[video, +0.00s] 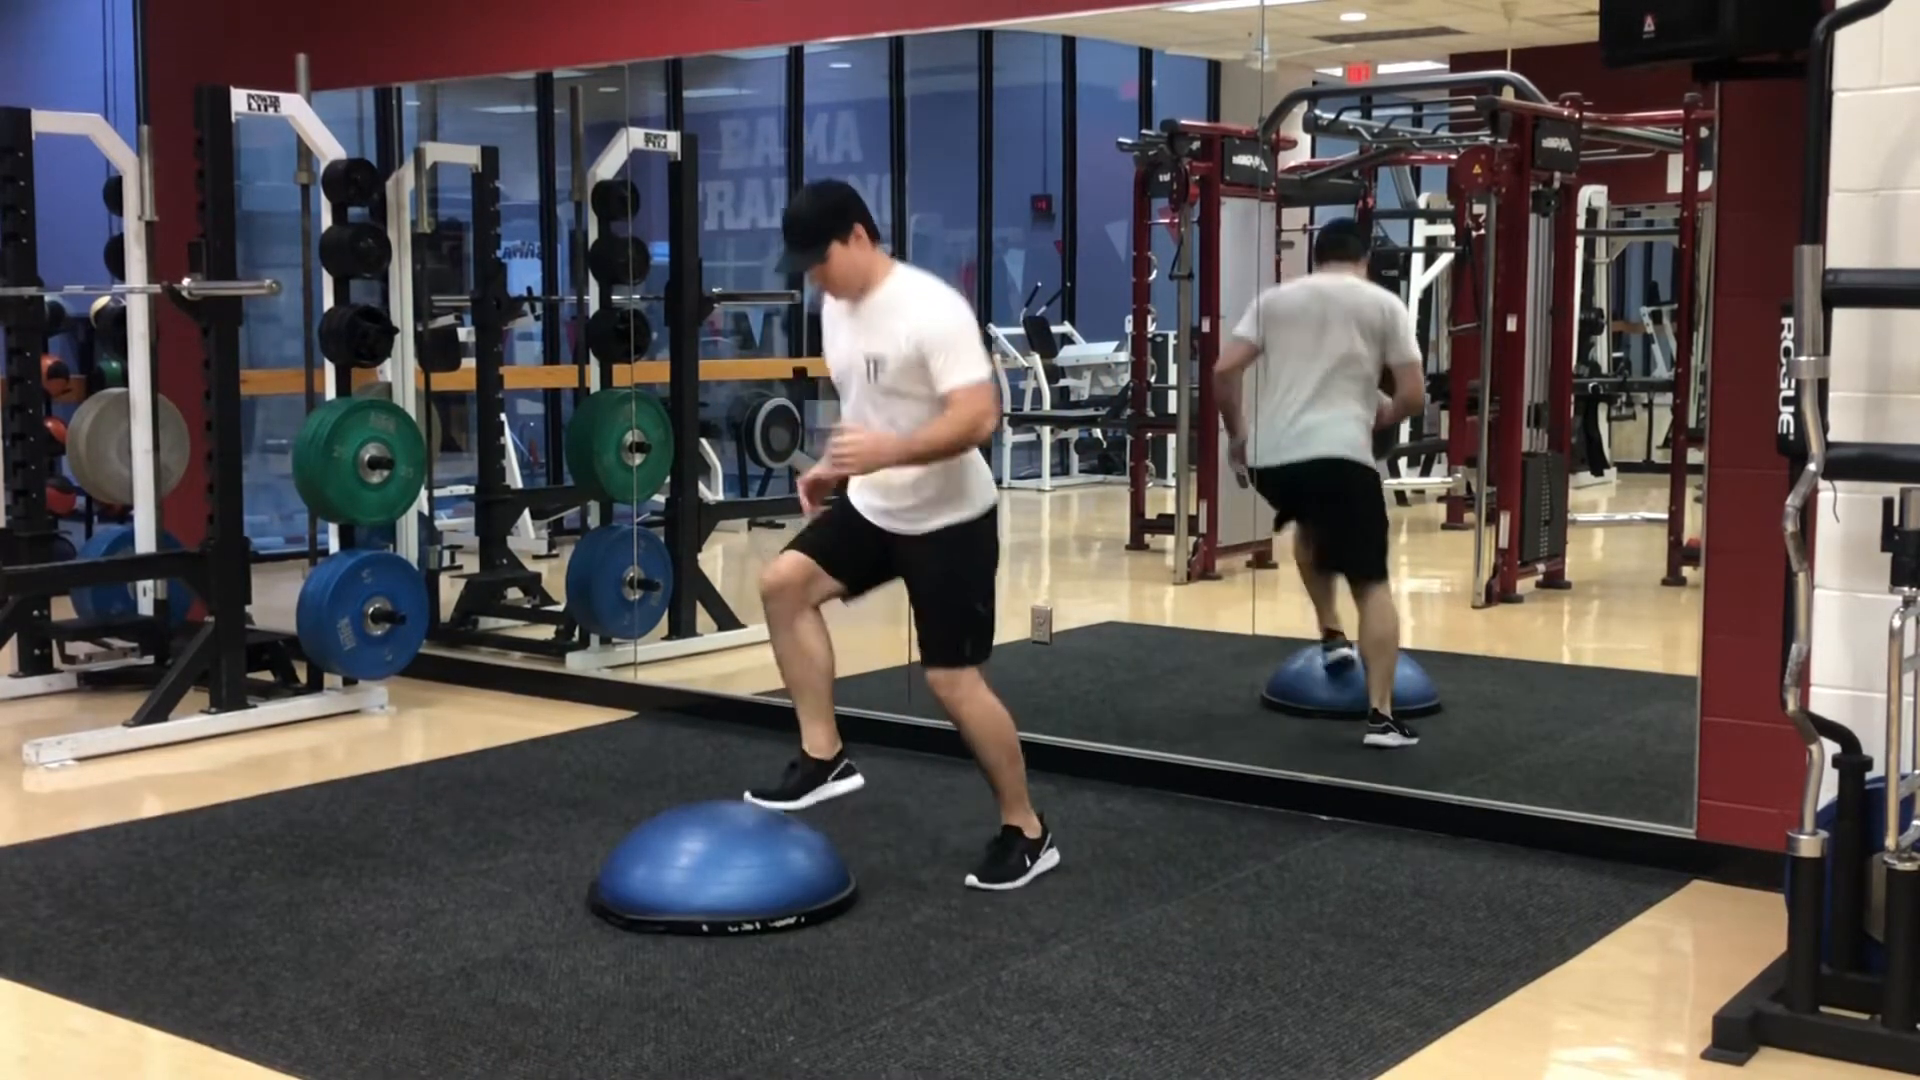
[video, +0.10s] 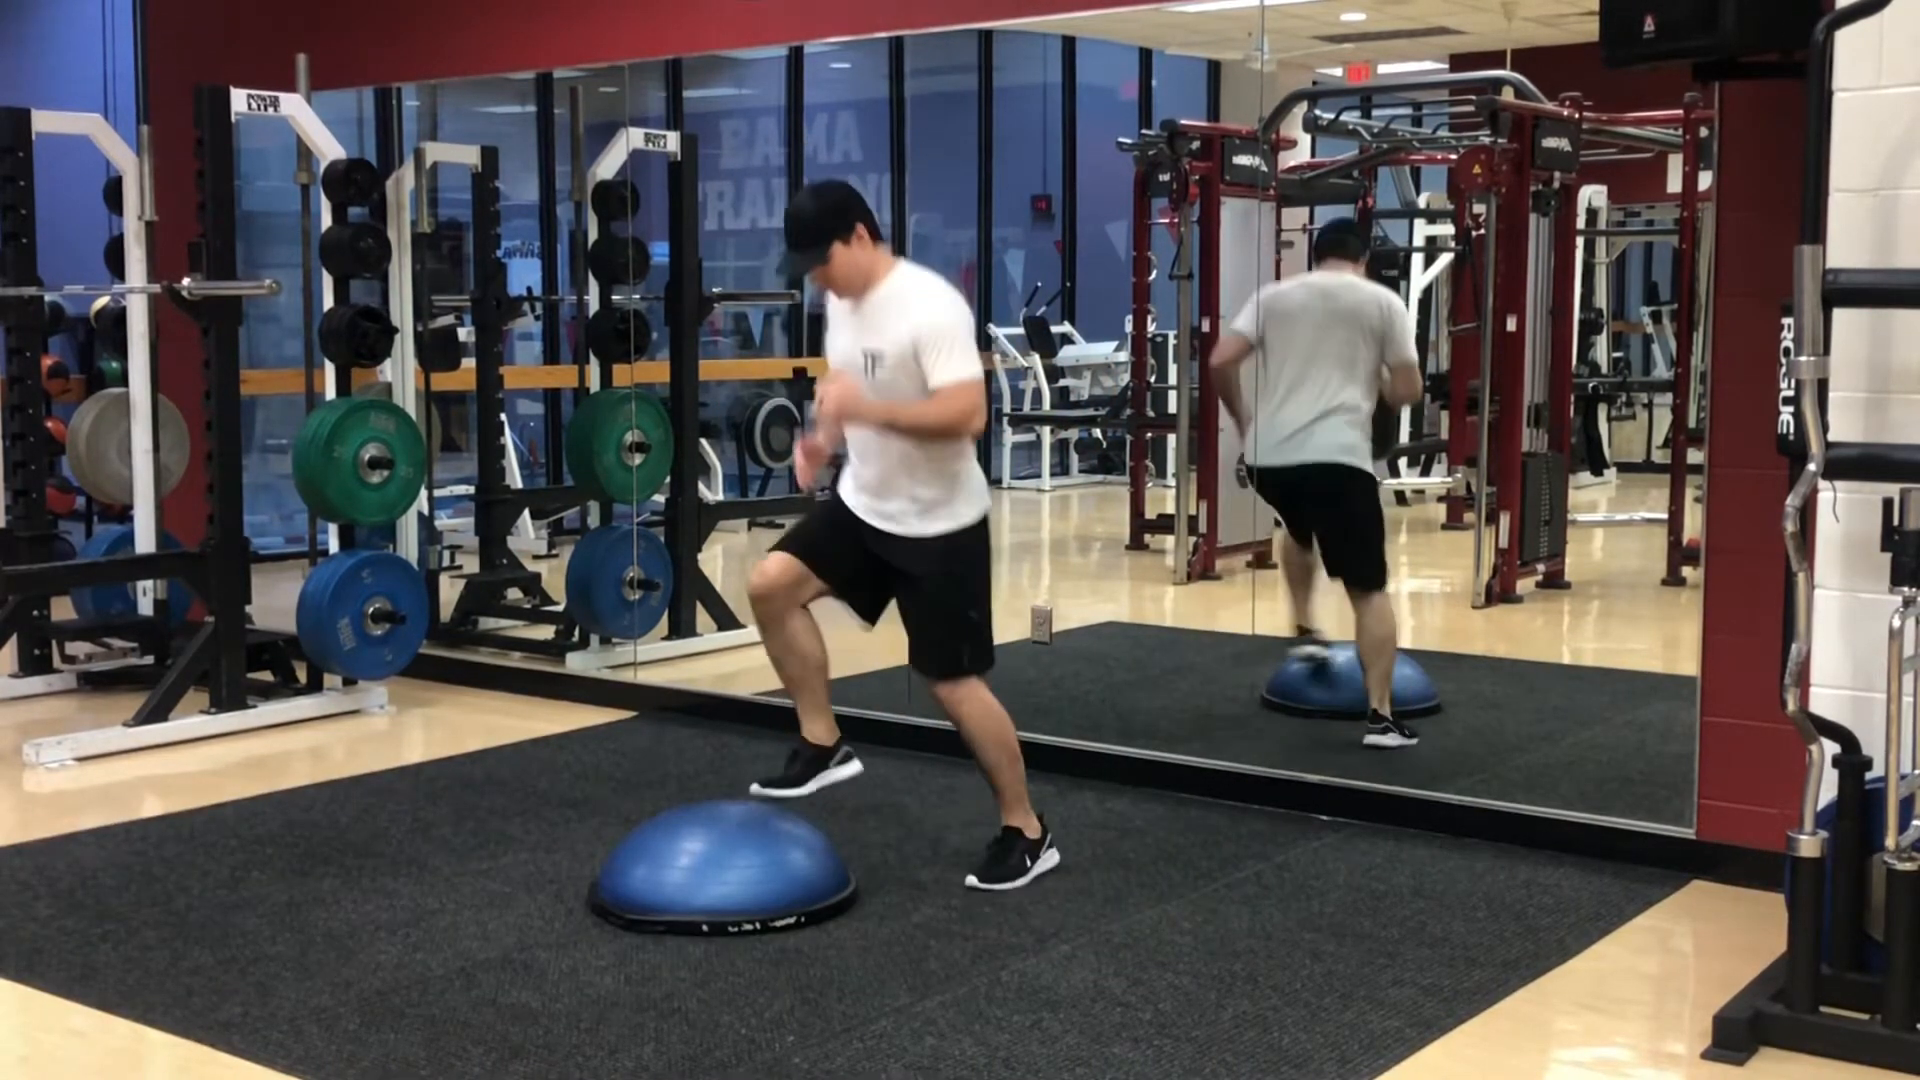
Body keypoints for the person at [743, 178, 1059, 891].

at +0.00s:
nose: (814, 279)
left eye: (818, 262)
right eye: (808, 266)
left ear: (857, 238)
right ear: (842, 247)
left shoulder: (934, 307)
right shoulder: (836, 306)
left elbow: (978, 416)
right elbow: (869, 414)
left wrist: (891, 450)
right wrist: (833, 470)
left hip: (951, 518)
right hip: (874, 510)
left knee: (954, 679)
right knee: (783, 586)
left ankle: (1025, 827)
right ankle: (822, 755)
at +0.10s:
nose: (818, 280)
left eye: (821, 263)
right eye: (811, 268)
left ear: (858, 238)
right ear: (844, 246)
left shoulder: (932, 303)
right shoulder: (840, 301)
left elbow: (967, 412)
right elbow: (848, 390)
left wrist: (867, 409)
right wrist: (824, 439)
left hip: (941, 523)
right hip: (864, 508)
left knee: (955, 682)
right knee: (772, 587)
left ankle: (1025, 828)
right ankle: (822, 744)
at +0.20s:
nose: (800, 250)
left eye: (803, 234)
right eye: (791, 240)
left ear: (838, 205)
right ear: (802, 221)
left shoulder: (920, 259)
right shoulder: (813, 267)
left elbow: (988, 349)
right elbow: (831, 350)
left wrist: (904, 377)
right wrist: (799, 391)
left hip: (919, 487)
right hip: (838, 480)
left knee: (919, 639)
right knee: (769, 599)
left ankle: (986, 793)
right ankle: (789, 745)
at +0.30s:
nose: (778, 251)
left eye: (783, 235)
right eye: (771, 240)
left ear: (819, 208)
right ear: (775, 228)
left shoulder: (906, 258)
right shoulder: (784, 277)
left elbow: (989, 331)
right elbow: (779, 354)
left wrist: (929, 397)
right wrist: (766, 411)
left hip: (907, 464)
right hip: (828, 471)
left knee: (843, 579)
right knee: (789, 631)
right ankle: (774, 768)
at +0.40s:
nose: (766, 279)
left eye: (772, 264)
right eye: (758, 268)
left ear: (807, 238)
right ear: (755, 260)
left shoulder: (889, 292)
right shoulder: (762, 316)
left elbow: (974, 361)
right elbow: (745, 403)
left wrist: (940, 447)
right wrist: (727, 477)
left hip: (891, 489)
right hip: (809, 504)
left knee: (802, 565)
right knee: (781, 660)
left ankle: (825, 731)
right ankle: (786, 782)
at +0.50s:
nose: (763, 278)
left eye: (770, 263)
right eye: (755, 267)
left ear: (804, 238)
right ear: (752, 260)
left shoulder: (882, 293)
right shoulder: (756, 319)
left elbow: (976, 349)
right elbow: (734, 403)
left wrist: (946, 432)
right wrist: (718, 462)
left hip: (887, 491)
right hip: (803, 510)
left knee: (805, 576)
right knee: (776, 668)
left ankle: (823, 745)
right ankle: (786, 782)